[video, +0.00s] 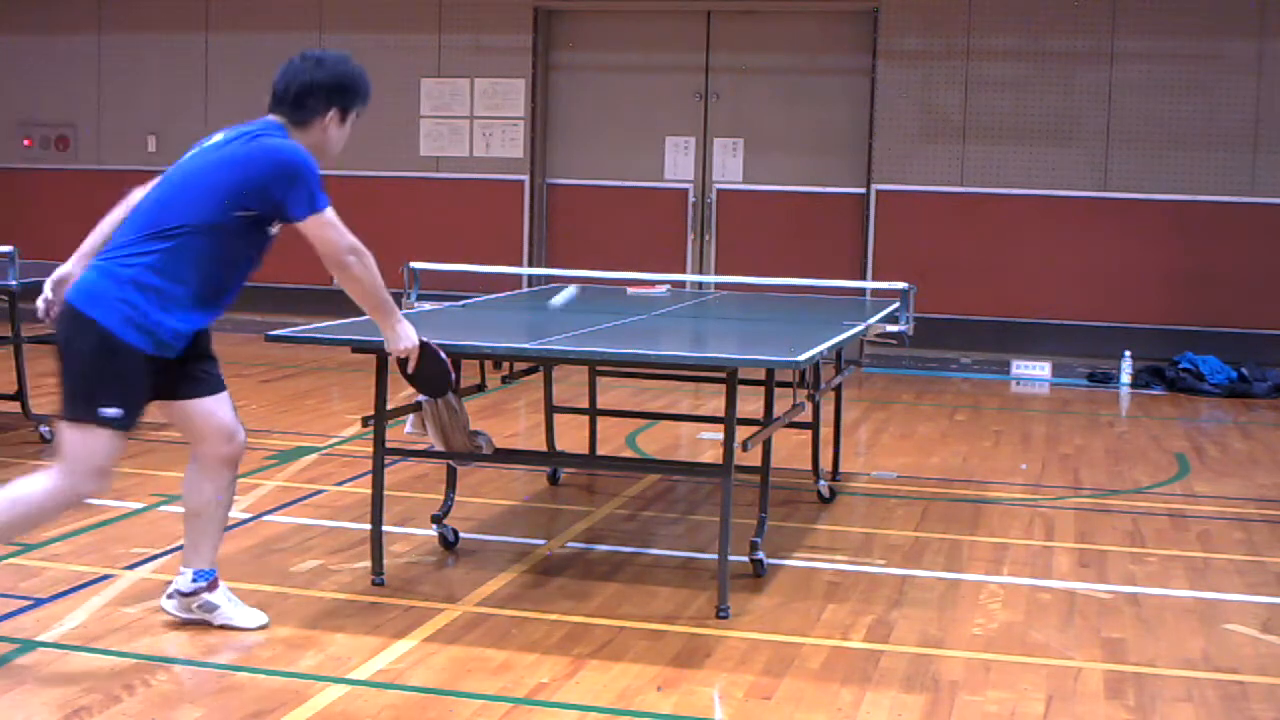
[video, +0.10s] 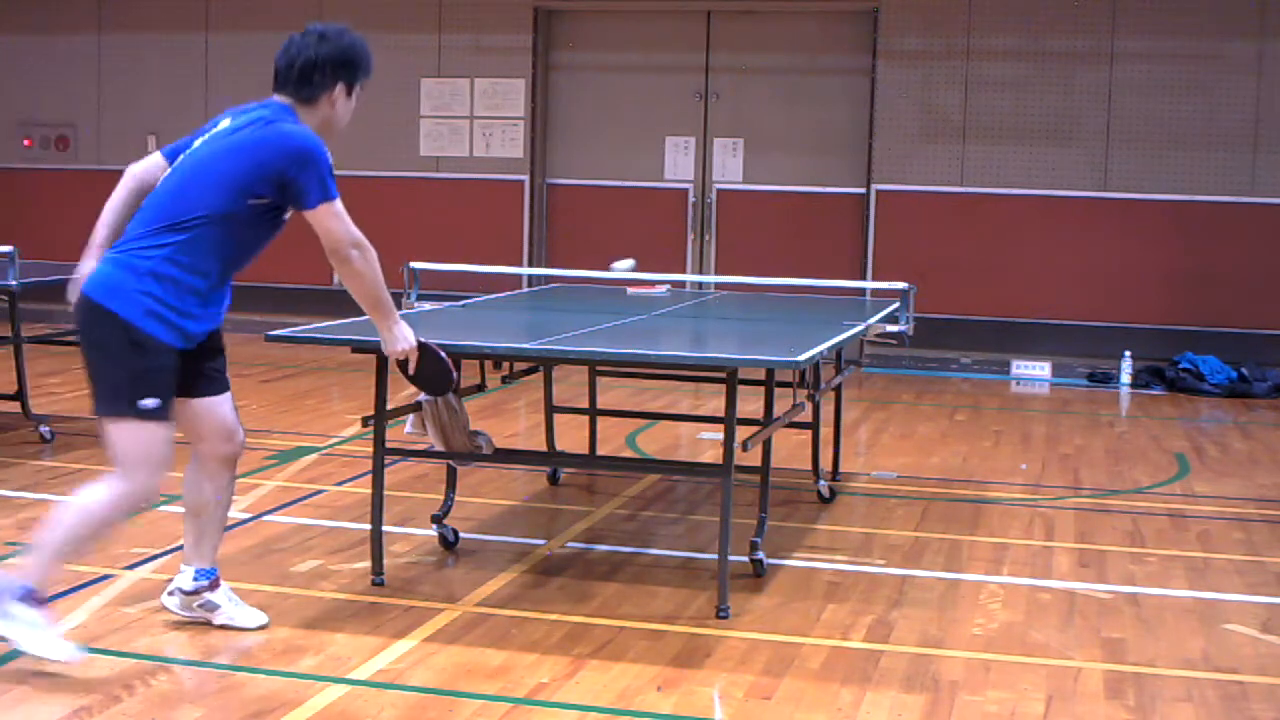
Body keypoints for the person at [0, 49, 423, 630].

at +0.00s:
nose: (347, 135)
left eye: (352, 121)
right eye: (350, 121)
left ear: (287, 103)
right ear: (330, 117)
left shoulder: (235, 140)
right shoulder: (286, 157)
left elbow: (140, 198)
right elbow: (345, 256)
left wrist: (76, 264)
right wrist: (396, 326)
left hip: (173, 324)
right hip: (110, 313)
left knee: (220, 441)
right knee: (80, 474)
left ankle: (195, 586)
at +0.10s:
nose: (354, 108)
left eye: (357, 95)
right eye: (355, 94)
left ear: (292, 80)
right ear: (334, 90)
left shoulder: (240, 119)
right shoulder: (300, 144)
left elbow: (140, 174)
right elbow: (349, 251)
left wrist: (93, 257)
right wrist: (393, 328)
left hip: (188, 315)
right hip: (131, 307)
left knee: (220, 444)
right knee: (139, 475)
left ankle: (197, 584)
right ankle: (18, 592)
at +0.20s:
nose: (351, 86)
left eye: (353, 74)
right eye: (352, 72)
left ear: (285, 59)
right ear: (332, 68)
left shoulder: (239, 104)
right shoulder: (300, 132)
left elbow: (139, 168)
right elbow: (346, 248)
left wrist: (118, 264)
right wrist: (391, 333)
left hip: (188, 306)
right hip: (152, 303)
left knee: (222, 441)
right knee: (194, 465)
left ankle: (194, 582)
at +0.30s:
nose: (343, 78)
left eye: (344, 65)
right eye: (344, 65)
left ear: (276, 51)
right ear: (326, 62)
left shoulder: (226, 101)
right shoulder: (299, 130)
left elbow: (131, 165)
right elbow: (339, 250)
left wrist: (148, 259)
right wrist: (381, 347)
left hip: (147, 306)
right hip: (180, 318)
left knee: (211, 459)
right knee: (233, 483)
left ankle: (188, 592)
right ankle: (161, 654)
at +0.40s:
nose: (335, 67)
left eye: (335, 53)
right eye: (337, 54)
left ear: (263, 45)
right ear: (322, 52)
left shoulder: (220, 100)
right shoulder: (299, 124)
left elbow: (130, 175)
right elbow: (331, 245)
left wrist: (159, 265)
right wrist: (365, 356)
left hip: (150, 310)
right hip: (197, 323)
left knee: (205, 468)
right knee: (250, 489)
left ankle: (184, 596)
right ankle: (166, 651)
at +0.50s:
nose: (336, 48)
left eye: (336, 35)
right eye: (337, 35)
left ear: (265, 30)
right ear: (323, 37)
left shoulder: (222, 89)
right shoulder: (304, 113)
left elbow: (148, 179)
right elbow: (323, 234)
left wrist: (186, 255)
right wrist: (347, 351)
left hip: (156, 300)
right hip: (204, 314)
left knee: (200, 458)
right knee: (253, 484)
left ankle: (188, 595)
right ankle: (169, 645)